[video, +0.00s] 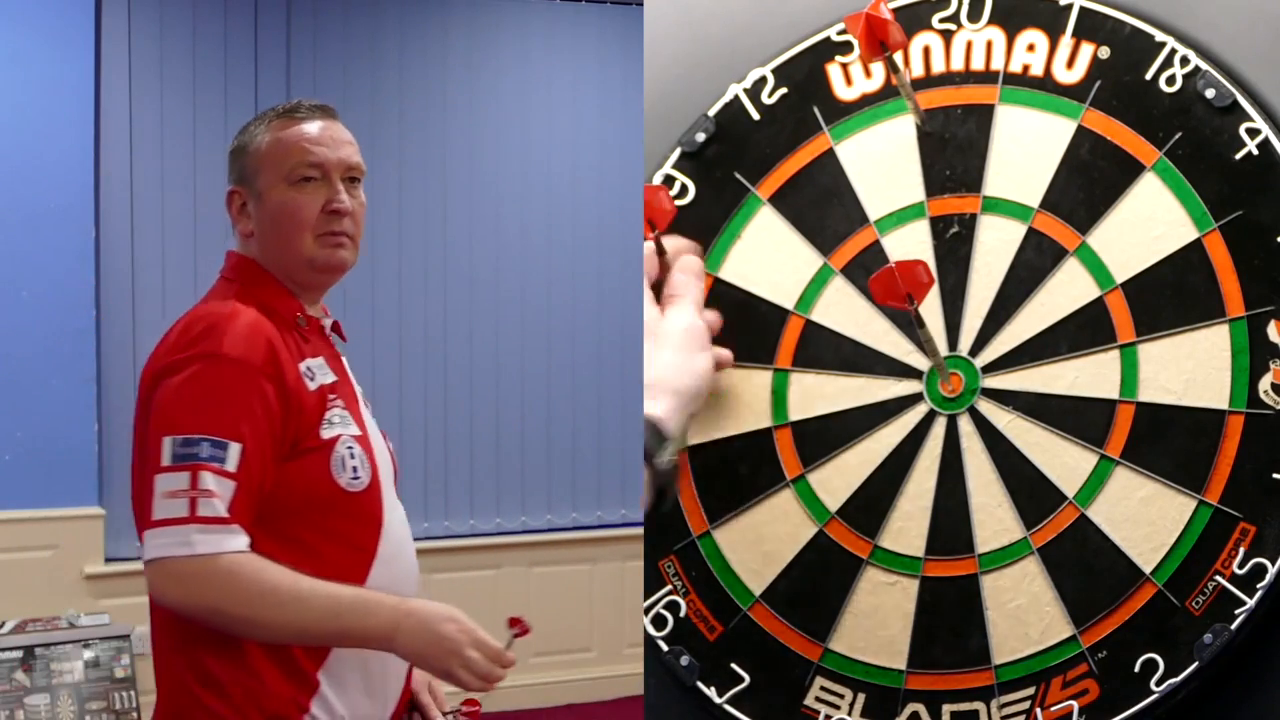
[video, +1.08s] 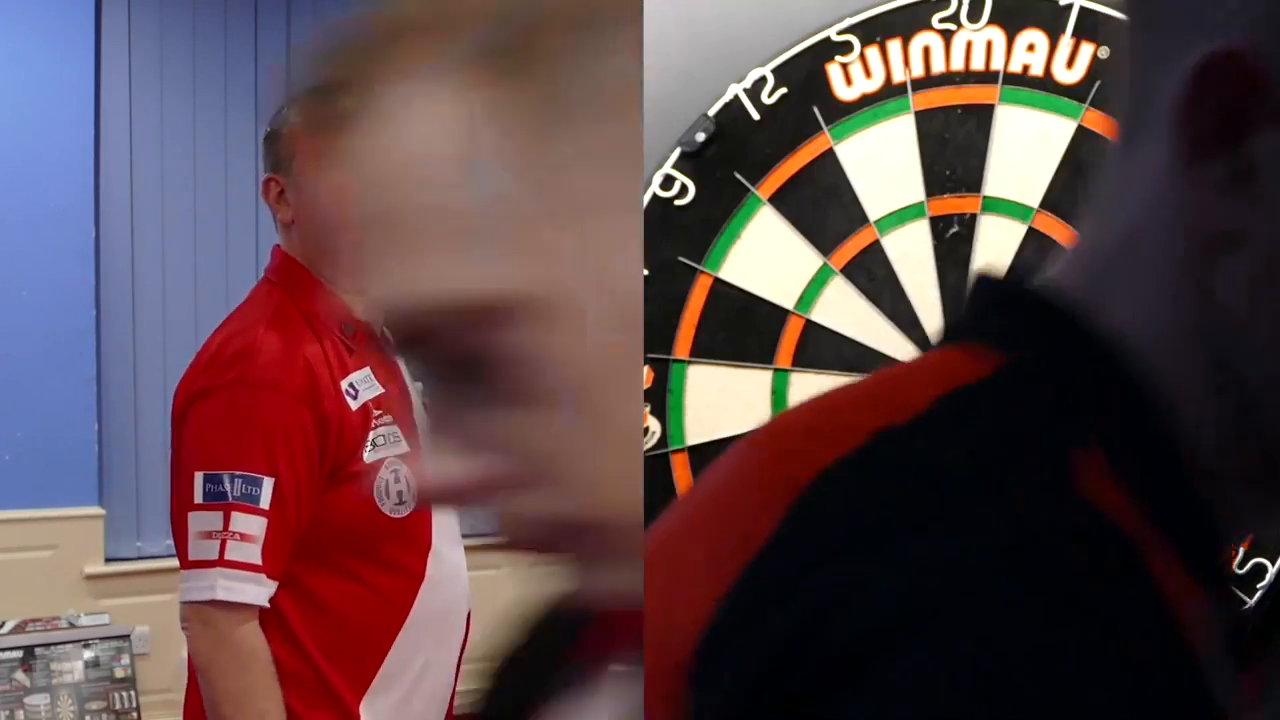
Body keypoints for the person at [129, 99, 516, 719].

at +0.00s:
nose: (341, 201)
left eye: (352, 181)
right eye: (308, 179)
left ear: (365, 199)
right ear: (242, 211)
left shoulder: (310, 337)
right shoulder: (227, 338)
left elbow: (316, 543)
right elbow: (187, 568)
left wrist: (400, 663)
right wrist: (399, 622)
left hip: (355, 703)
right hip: (263, 704)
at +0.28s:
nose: (375, 193)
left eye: (385, 172)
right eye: (339, 171)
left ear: (397, 193)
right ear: (271, 208)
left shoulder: (331, 336)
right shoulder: (275, 345)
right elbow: (261, 589)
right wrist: (482, 643)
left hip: (371, 701)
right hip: (308, 704)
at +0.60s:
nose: (385, 183)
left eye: (395, 164)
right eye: (349, 163)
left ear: (409, 186)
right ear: (279, 204)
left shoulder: (346, 331)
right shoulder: (276, 354)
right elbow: (256, 608)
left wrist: (433, 690)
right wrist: (424, 709)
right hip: (311, 707)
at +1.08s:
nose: (376, 201)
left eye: (382, 175)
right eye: (350, 177)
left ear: (401, 185)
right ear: (281, 199)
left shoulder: (363, 340)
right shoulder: (260, 364)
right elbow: (218, 618)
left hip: (404, 698)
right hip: (320, 705)